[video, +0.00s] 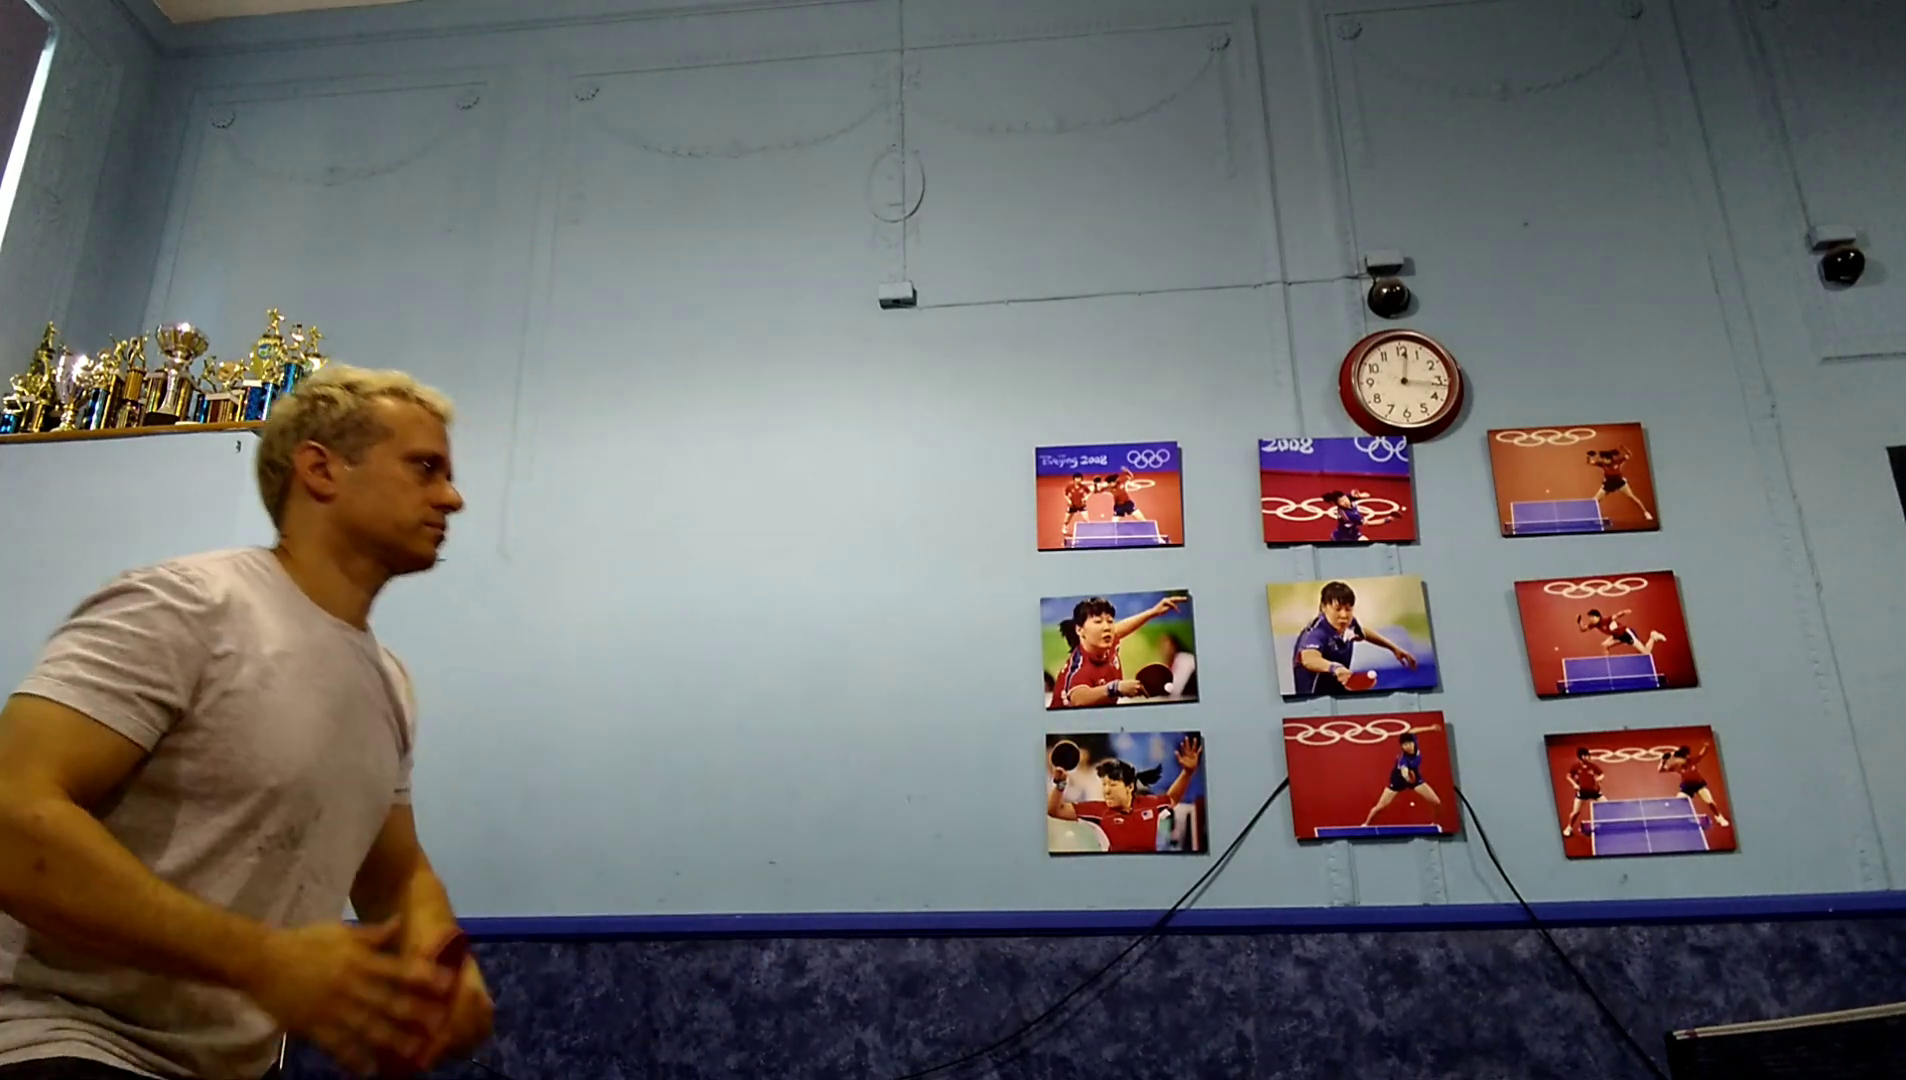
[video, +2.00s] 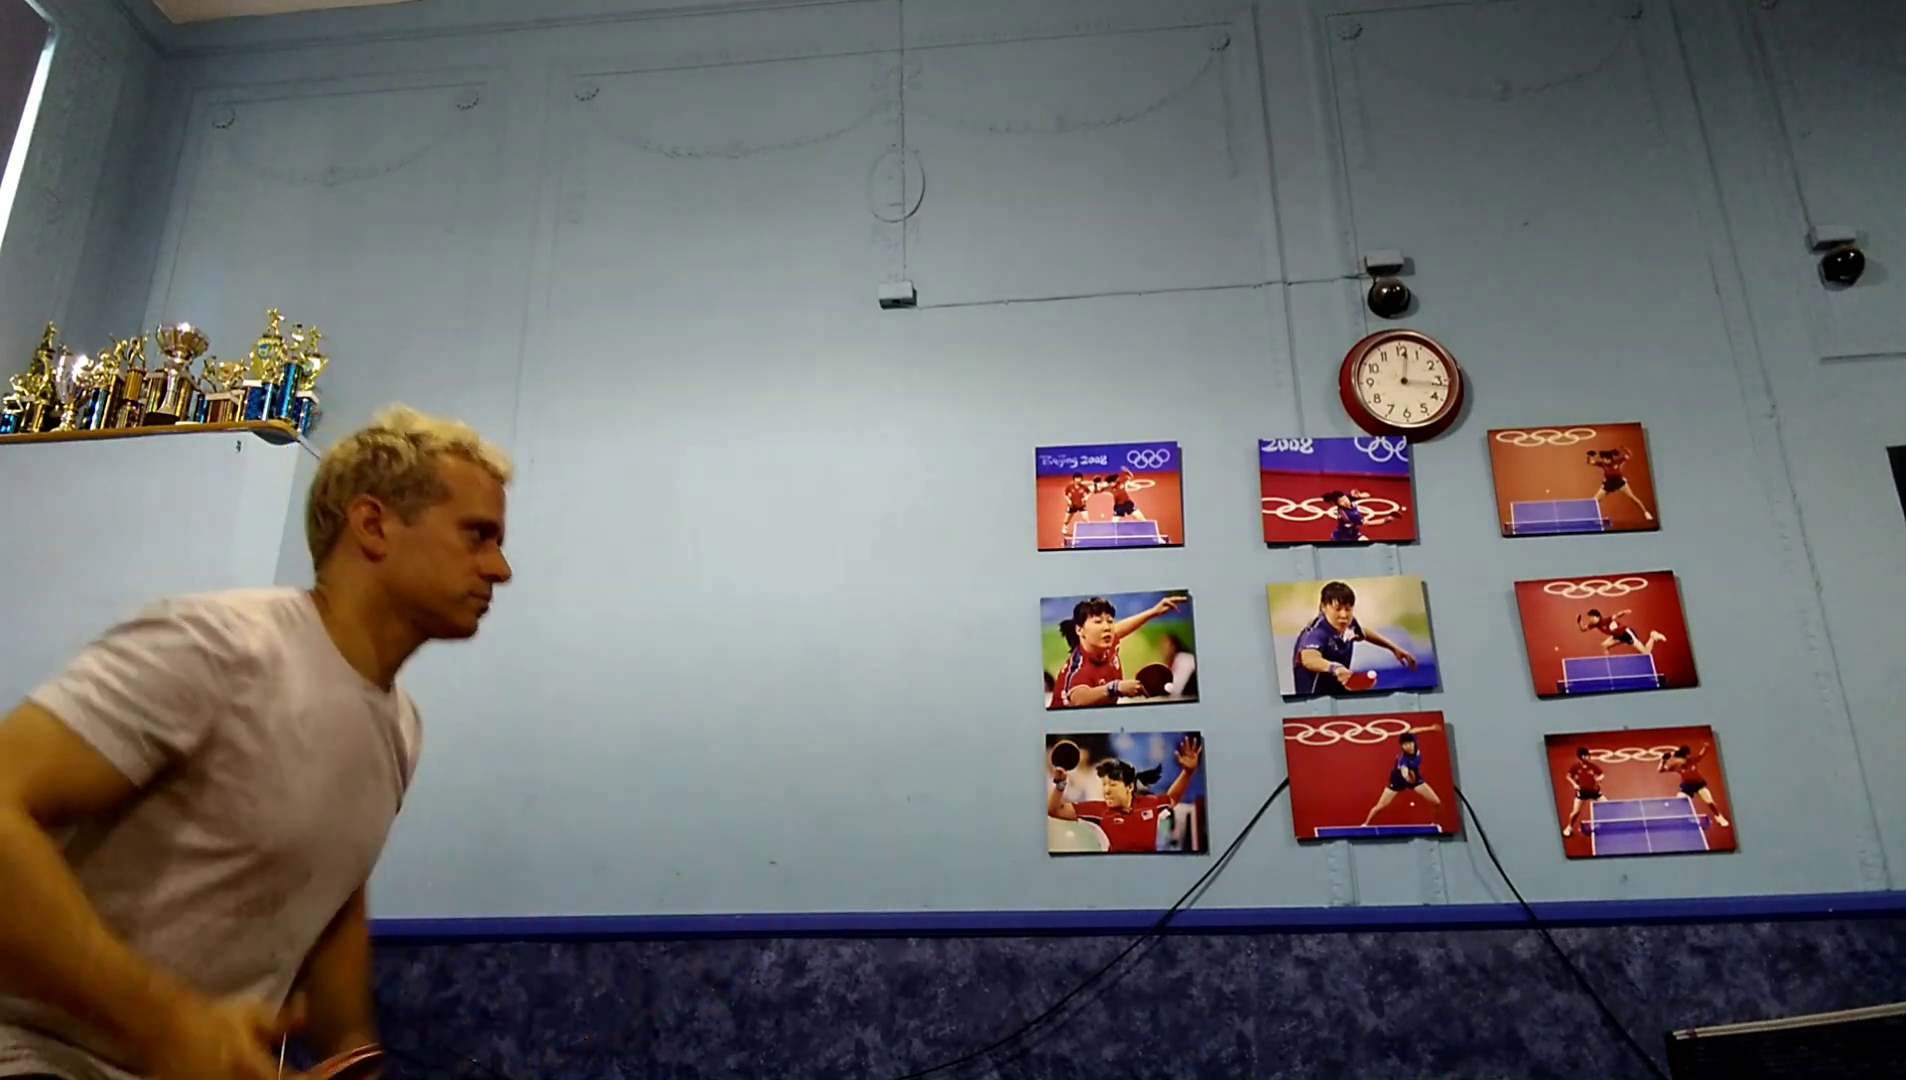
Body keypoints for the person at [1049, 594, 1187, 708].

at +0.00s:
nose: (1107, 628)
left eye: (1110, 622)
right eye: (1098, 622)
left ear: (1114, 626)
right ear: (1080, 630)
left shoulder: (1109, 644)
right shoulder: (1079, 666)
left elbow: (1119, 630)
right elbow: (1078, 698)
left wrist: (1154, 612)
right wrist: (1115, 687)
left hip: (1102, 724)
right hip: (1070, 729)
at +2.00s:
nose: (1107, 628)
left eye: (1110, 622)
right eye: (1098, 622)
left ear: (1114, 626)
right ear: (1080, 630)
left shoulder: (1109, 644)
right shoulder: (1079, 666)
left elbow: (1120, 629)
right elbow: (1078, 698)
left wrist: (1154, 611)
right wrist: (1115, 687)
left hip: (1102, 724)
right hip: (1069, 729)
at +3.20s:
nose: (1107, 628)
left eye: (1110, 622)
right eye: (1098, 622)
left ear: (1114, 626)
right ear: (1080, 630)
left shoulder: (1109, 645)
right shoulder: (1079, 666)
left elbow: (1118, 630)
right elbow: (1078, 698)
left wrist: (1154, 612)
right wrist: (1115, 687)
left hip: (1103, 724)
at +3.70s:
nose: (1107, 628)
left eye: (1109, 622)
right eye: (1098, 622)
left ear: (1114, 626)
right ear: (1080, 630)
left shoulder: (1109, 645)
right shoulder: (1079, 666)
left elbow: (1118, 630)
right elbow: (1078, 698)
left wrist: (1154, 612)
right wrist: (1115, 687)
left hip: (1102, 724)